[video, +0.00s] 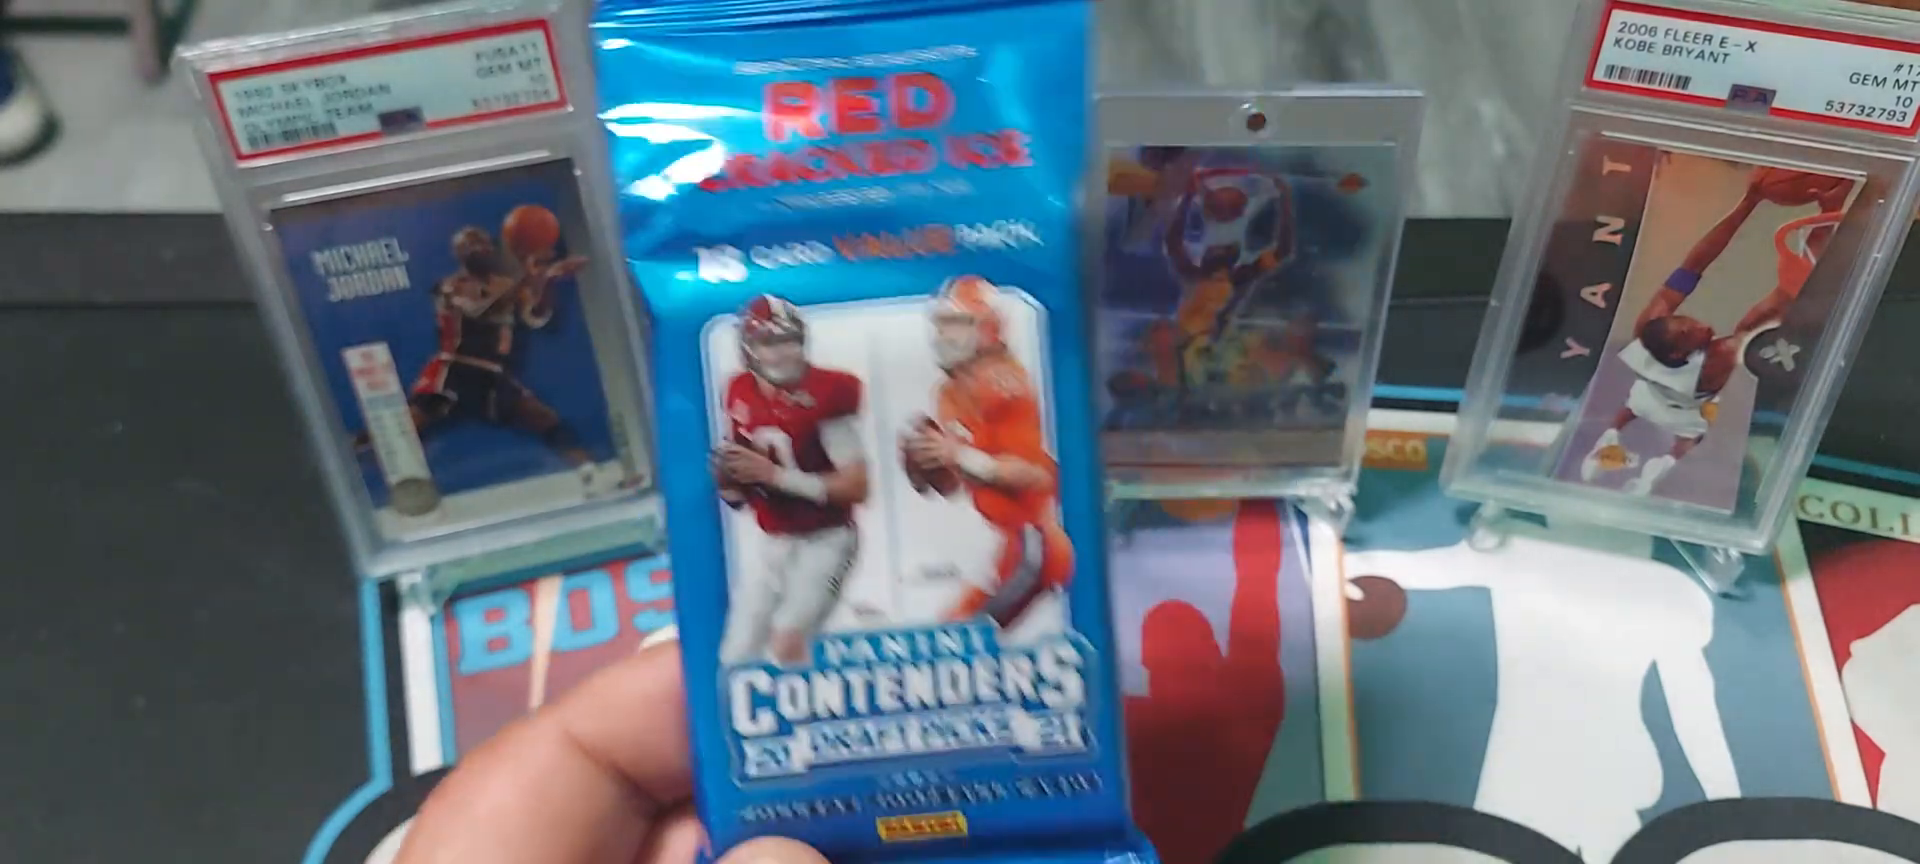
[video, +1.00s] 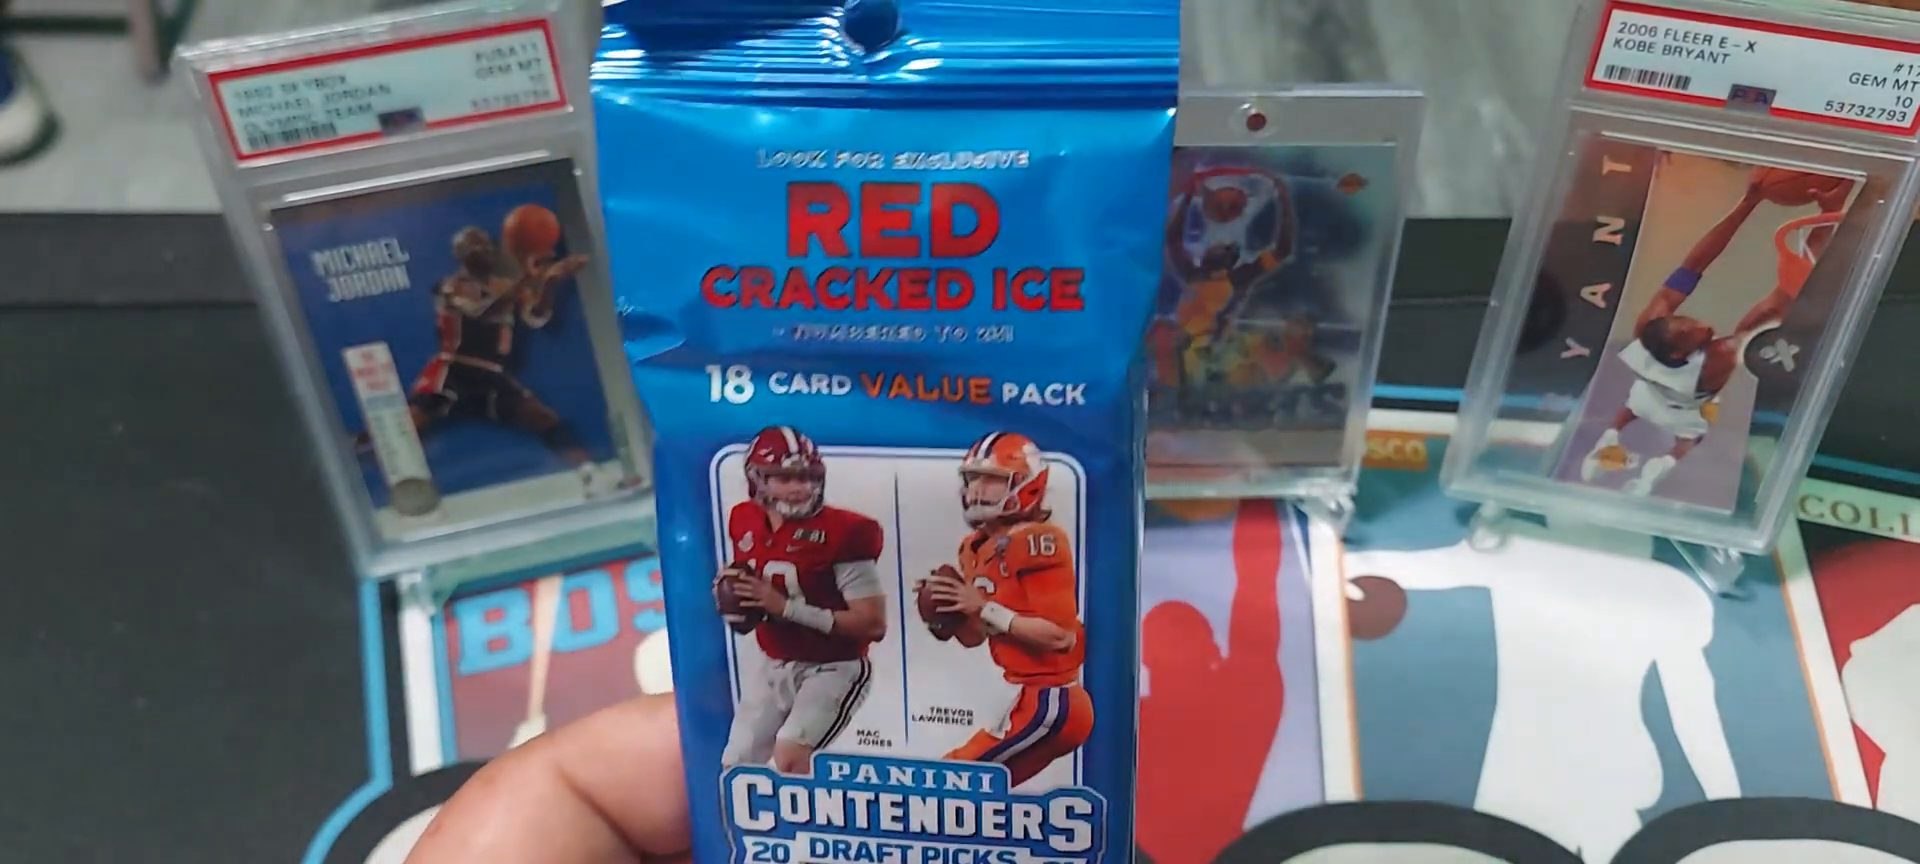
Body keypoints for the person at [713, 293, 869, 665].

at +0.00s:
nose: (781, 352)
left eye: (789, 341)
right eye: (768, 343)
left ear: (803, 342)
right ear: (749, 349)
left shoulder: (830, 392)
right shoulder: (741, 392)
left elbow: (856, 486)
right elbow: (739, 489)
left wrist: (771, 474)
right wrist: (729, 475)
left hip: (827, 538)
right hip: (773, 539)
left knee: (787, 641)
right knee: (737, 653)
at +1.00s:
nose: (797, 488)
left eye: (805, 478)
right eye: (784, 478)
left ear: (818, 480)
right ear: (759, 482)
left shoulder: (847, 532)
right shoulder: (745, 521)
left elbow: (872, 624)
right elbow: (745, 621)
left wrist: (784, 606)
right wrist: (728, 595)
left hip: (836, 669)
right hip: (775, 667)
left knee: (789, 755)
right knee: (736, 763)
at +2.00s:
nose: (776, 344)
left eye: (785, 333)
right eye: (764, 334)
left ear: (797, 335)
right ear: (741, 337)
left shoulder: (821, 387)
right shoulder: (727, 377)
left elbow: (844, 489)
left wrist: (761, 472)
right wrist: (709, 455)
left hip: (808, 542)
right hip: (749, 542)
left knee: (760, 647)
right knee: (707, 656)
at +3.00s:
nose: (778, 358)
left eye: (787, 347)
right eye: (766, 348)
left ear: (801, 347)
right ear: (741, 351)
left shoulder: (830, 402)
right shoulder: (728, 394)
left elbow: (859, 511)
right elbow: (729, 468)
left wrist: (769, 493)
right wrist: (713, 479)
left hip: (823, 565)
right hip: (759, 566)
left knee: (776, 673)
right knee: (722, 686)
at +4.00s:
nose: (795, 349)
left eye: (803, 338)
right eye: (783, 339)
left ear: (817, 339)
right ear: (759, 342)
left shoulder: (844, 393)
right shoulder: (746, 385)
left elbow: (871, 503)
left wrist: (784, 485)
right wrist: (730, 470)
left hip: (835, 559)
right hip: (774, 561)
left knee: (787, 673)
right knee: (733, 682)